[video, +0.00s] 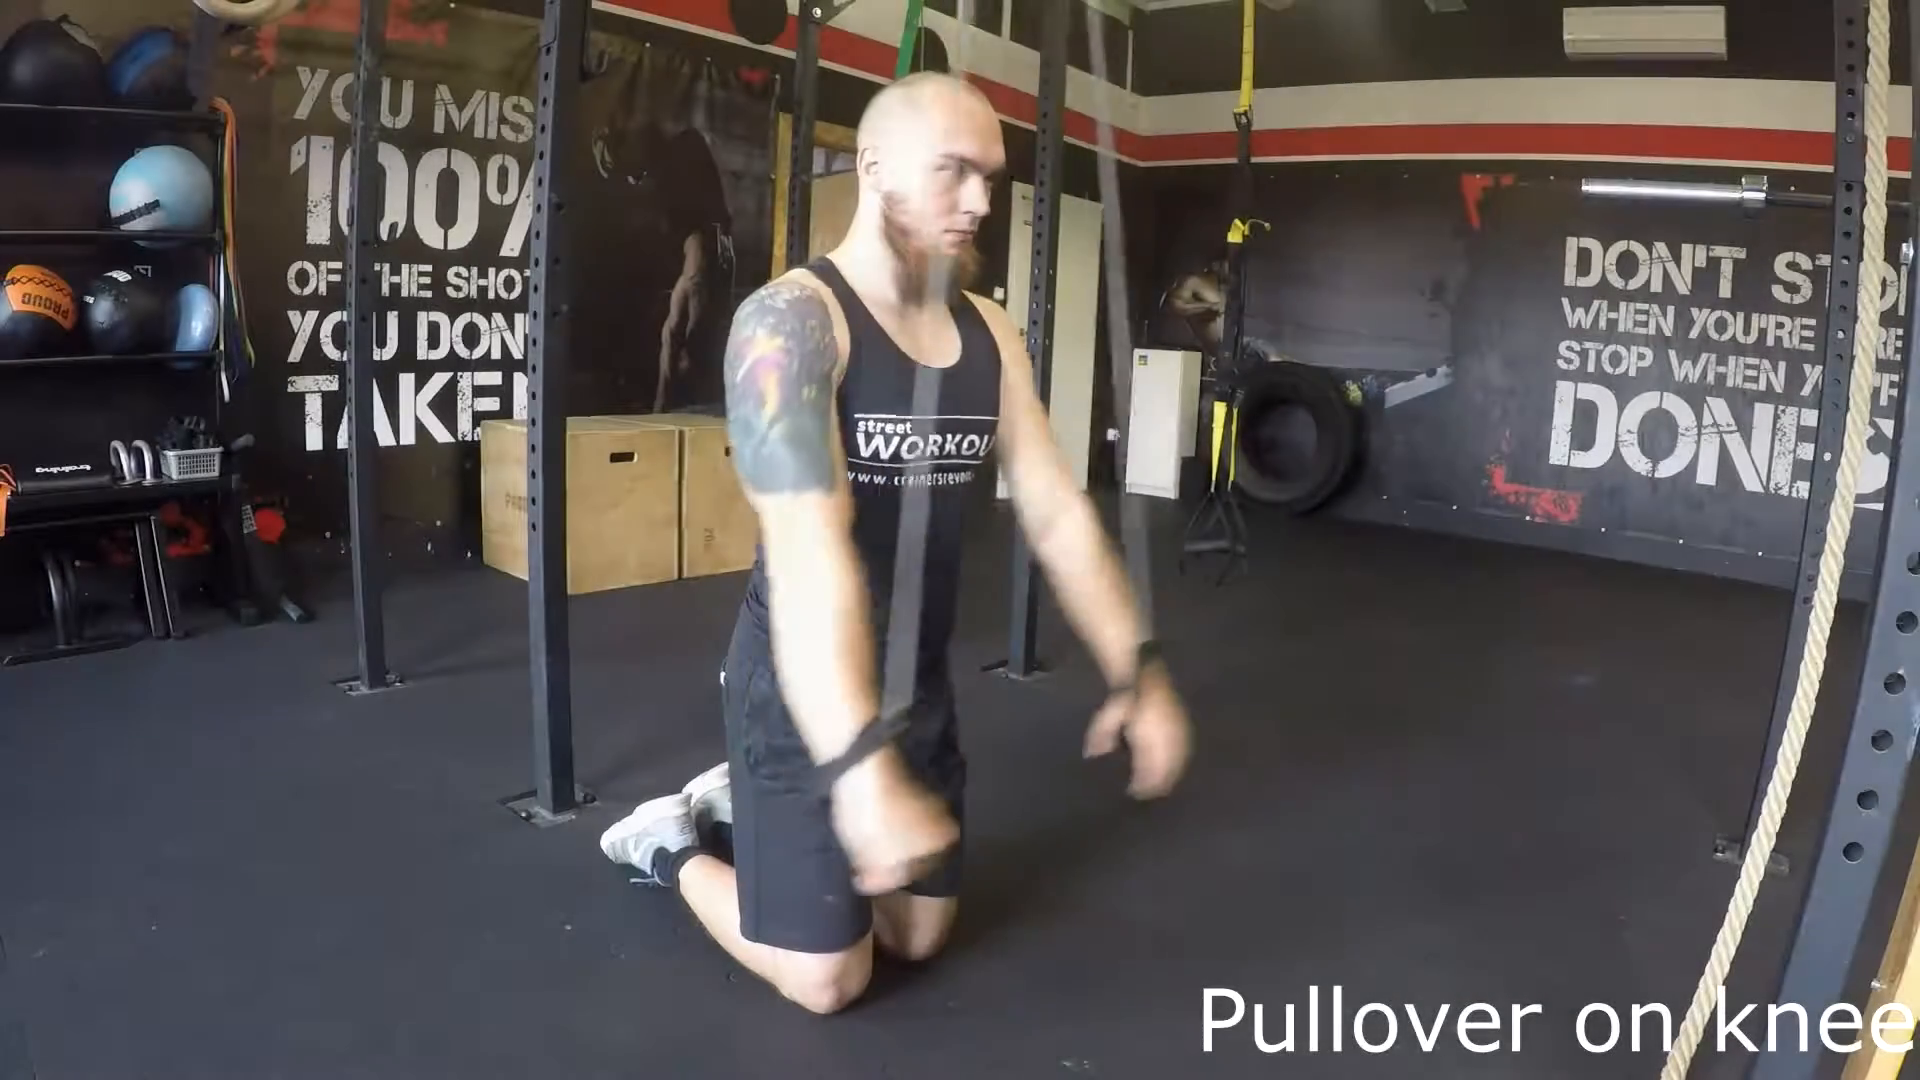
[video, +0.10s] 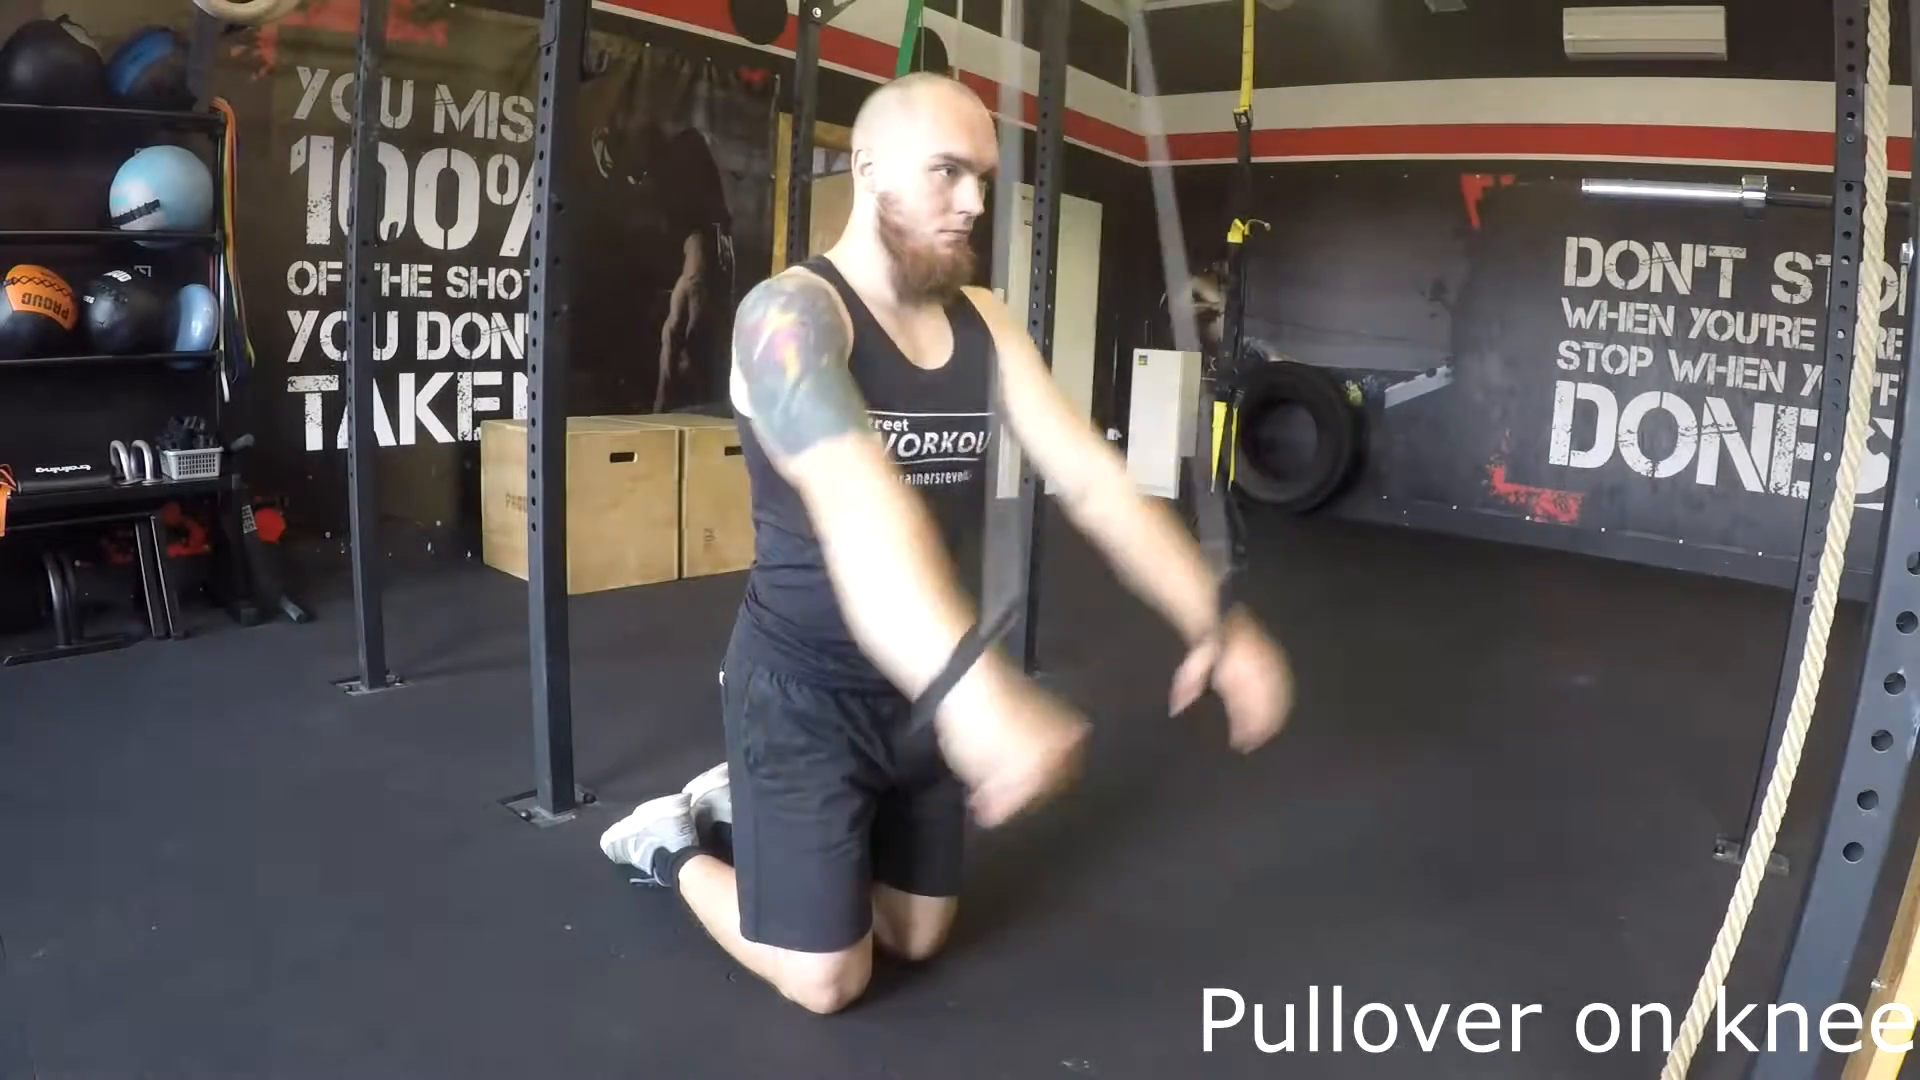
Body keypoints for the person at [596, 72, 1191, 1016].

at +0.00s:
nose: (979, 202)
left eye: (990, 178)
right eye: (955, 171)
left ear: (996, 185)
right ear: (876, 170)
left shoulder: (988, 332)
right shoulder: (789, 325)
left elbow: (1053, 505)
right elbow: (807, 561)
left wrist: (1137, 671)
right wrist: (862, 766)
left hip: (917, 680)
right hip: (801, 682)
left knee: (914, 933)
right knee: (822, 978)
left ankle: (751, 803)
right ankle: (671, 849)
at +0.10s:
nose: (972, 202)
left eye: (983, 178)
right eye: (948, 172)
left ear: (989, 185)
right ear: (871, 172)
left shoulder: (983, 322)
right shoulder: (791, 315)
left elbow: (1089, 477)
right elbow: (865, 523)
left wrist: (1211, 616)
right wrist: (979, 695)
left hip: (929, 676)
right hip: (804, 681)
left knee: (912, 934)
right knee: (823, 980)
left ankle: (745, 809)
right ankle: (673, 853)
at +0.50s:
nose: (969, 201)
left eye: (980, 180)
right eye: (943, 175)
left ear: (985, 181)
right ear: (863, 176)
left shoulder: (960, 292)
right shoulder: (793, 282)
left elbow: (1133, 303)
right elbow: (967, 263)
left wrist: (1320, 312)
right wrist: (1189, 212)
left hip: (913, 683)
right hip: (797, 683)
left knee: (916, 932)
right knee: (821, 977)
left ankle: (753, 809)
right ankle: (677, 854)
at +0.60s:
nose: (973, 205)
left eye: (985, 181)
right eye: (947, 178)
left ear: (991, 183)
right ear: (869, 178)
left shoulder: (979, 294)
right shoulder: (795, 290)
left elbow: (1134, 324)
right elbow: (954, 307)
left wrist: (1321, 339)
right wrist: (1196, 268)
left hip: (911, 685)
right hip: (795, 685)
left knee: (916, 932)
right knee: (821, 979)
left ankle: (752, 810)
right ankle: (676, 853)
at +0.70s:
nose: (979, 209)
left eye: (990, 184)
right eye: (952, 180)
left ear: (992, 188)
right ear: (869, 174)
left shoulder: (988, 304)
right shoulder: (797, 302)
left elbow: (1122, 346)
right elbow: (970, 366)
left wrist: (1320, 393)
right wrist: (1187, 391)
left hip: (913, 685)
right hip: (796, 685)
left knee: (916, 931)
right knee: (821, 978)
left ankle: (753, 807)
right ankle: (672, 851)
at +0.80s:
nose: (980, 209)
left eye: (994, 186)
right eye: (955, 179)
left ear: (998, 191)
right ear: (875, 173)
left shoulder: (989, 316)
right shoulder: (802, 308)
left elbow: (1146, 403)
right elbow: (961, 440)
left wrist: (1321, 495)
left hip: (914, 685)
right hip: (796, 686)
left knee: (916, 928)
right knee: (822, 982)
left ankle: (750, 810)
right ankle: (678, 852)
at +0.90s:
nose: (985, 207)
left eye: (998, 184)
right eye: (960, 176)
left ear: (1008, 189)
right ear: (880, 173)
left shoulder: (995, 323)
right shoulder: (803, 317)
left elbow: (1119, 453)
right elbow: (909, 500)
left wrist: (1266, 584)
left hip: (920, 684)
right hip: (800, 683)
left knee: (915, 933)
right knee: (824, 977)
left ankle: (740, 817)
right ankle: (674, 855)